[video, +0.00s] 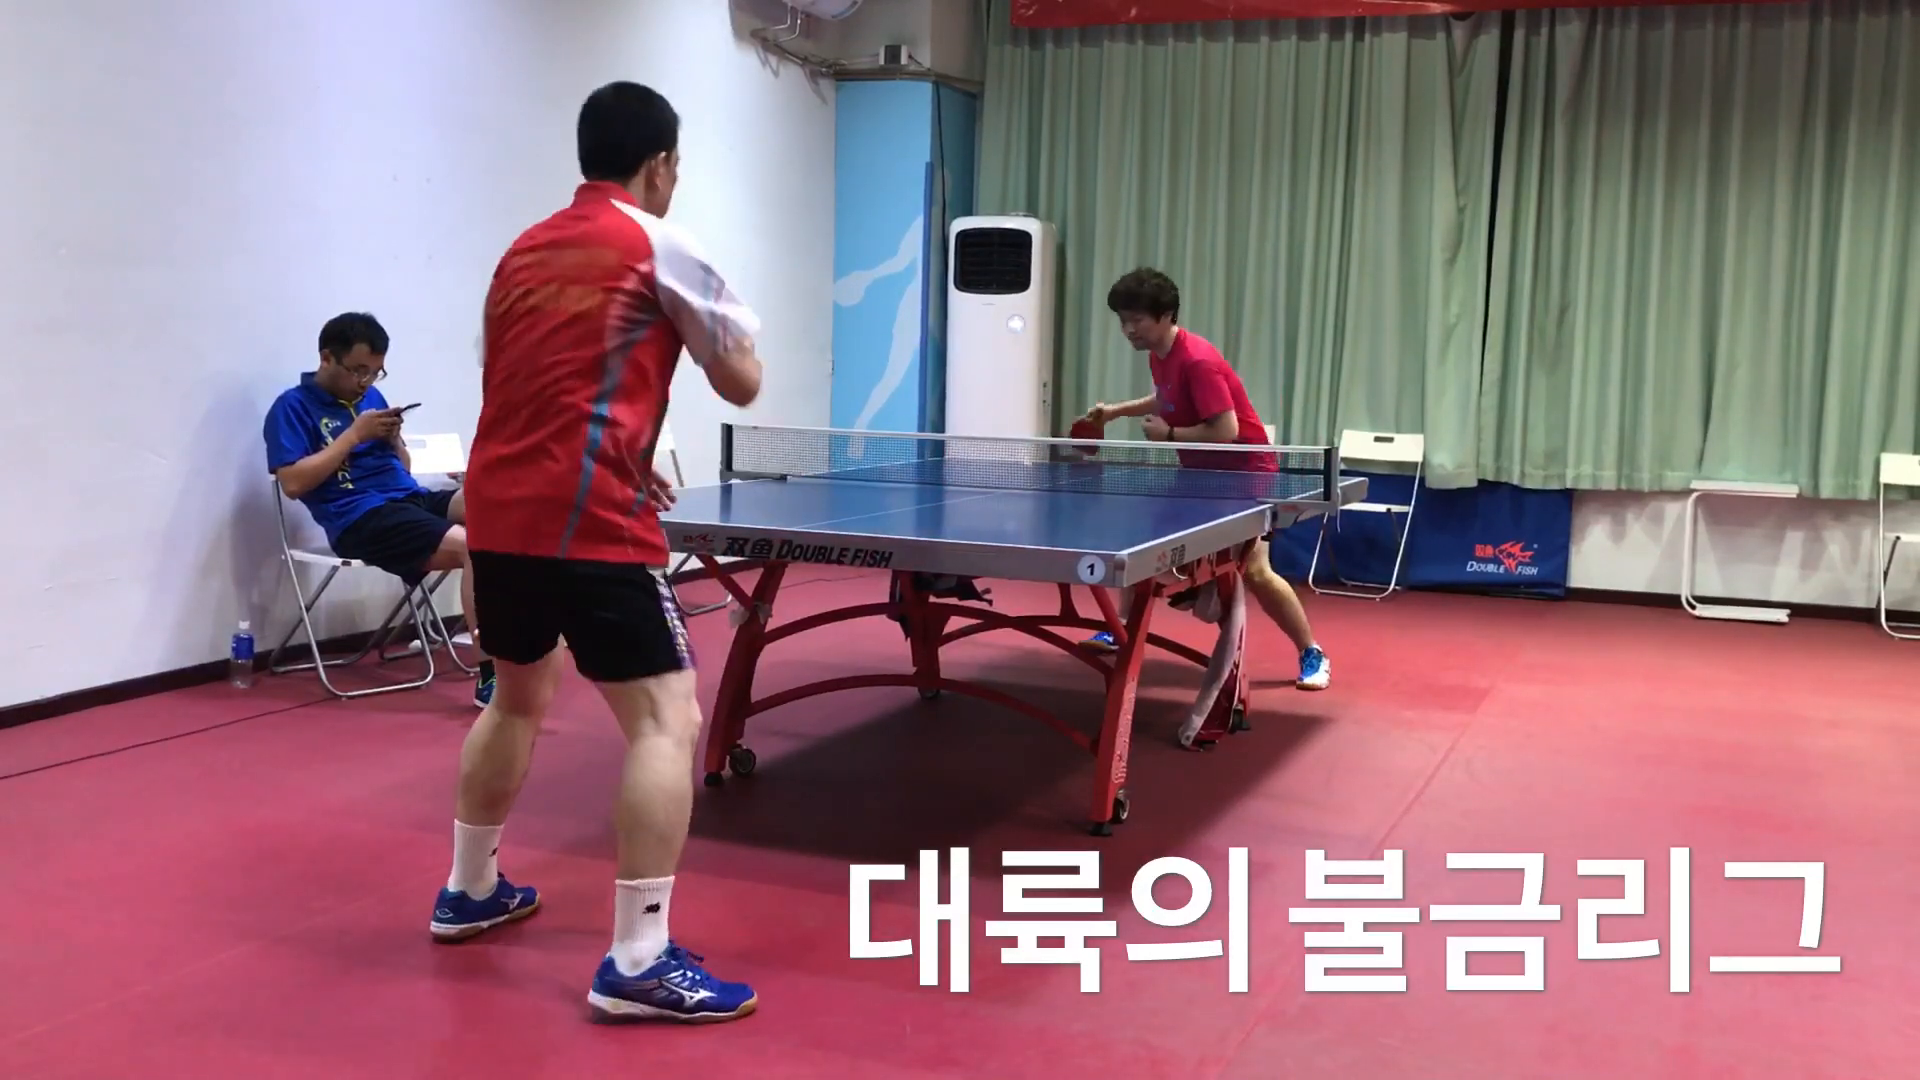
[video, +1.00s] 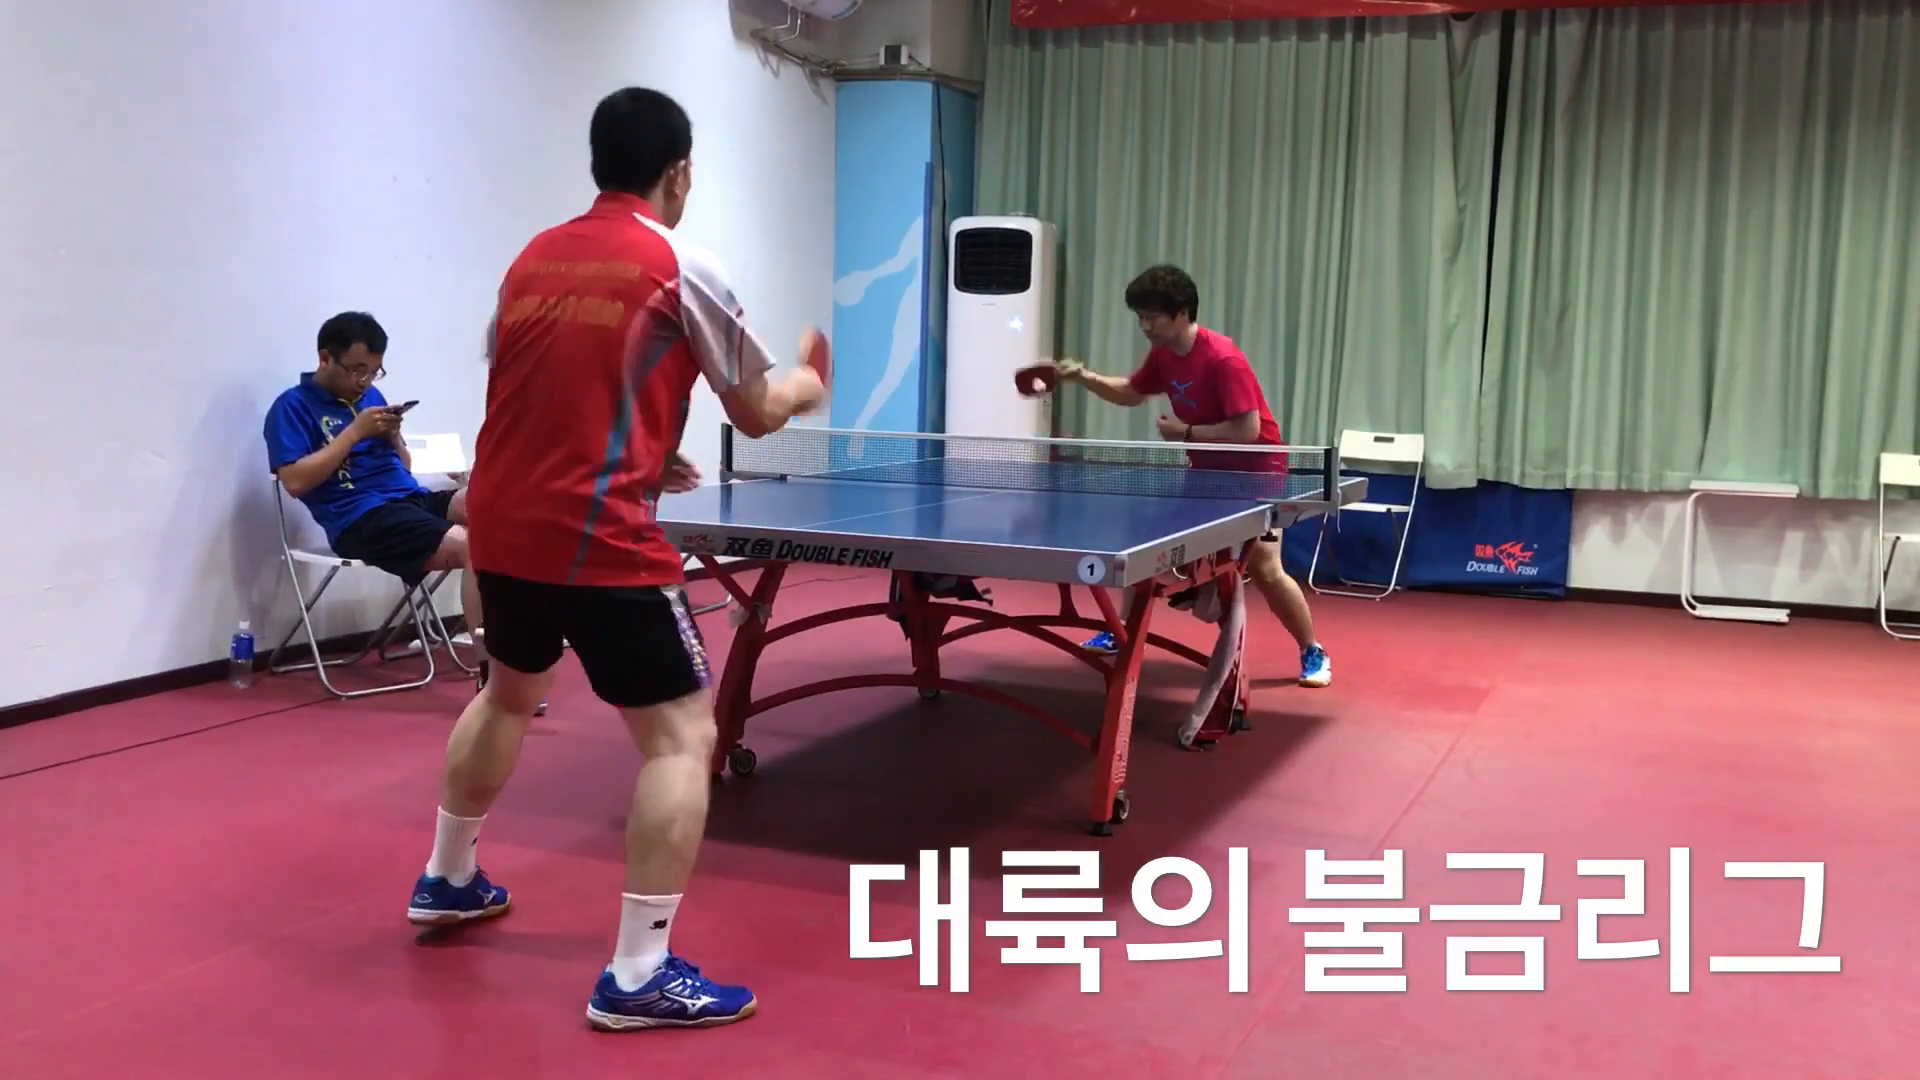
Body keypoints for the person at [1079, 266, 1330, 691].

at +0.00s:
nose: (1128, 330)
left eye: (1136, 321)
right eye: (1123, 321)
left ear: (1166, 316)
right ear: (1120, 321)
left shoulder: (1196, 361)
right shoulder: (1158, 356)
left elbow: (1226, 430)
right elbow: (1169, 402)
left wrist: (1171, 434)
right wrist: (1115, 410)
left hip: (1247, 473)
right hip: (1199, 472)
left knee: (1256, 572)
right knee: (1139, 539)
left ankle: (1311, 652)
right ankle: (1128, 631)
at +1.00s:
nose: (1144, 326)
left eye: (1151, 318)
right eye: (1141, 318)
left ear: (1180, 314)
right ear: (1141, 317)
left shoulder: (1222, 359)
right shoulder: (1163, 355)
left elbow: (1247, 429)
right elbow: (1130, 392)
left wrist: (1187, 431)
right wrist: (1082, 376)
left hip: (1256, 473)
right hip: (1206, 472)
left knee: (1266, 570)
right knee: (1153, 544)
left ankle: (1312, 650)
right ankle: (1126, 632)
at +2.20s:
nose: (1180, 310)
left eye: (1190, 300)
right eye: (1173, 301)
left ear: (1215, 300)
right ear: (1167, 304)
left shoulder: (1256, 349)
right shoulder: (1165, 351)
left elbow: (1283, 415)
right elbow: (1131, 419)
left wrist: (1225, 425)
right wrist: (1132, 392)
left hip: (1256, 477)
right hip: (1195, 477)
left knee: (1279, 558)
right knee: (1138, 545)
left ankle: (1317, 650)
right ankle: (1123, 636)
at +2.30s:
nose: (1165, 303)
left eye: (1175, 294)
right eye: (1159, 295)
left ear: (1201, 294)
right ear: (1154, 297)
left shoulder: (1240, 344)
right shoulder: (1155, 346)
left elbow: (1268, 409)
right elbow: (1131, 408)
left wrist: (1207, 420)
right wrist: (1110, 397)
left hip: (1247, 475)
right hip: (1188, 473)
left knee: (1273, 559)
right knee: (1136, 543)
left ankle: (1315, 649)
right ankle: (1123, 634)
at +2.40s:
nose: (1150, 301)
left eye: (1159, 291)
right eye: (1144, 292)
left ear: (1186, 292)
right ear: (1139, 293)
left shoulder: (1220, 340)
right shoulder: (1152, 341)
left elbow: (1251, 408)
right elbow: (1141, 398)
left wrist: (1188, 414)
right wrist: (1093, 410)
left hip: (1244, 468)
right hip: (1190, 467)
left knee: (1267, 559)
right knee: (1147, 541)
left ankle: (1313, 649)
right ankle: (1124, 632)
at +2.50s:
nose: (1139, 317)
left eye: (1146, 307)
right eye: (1134, 308)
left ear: (1175, 303)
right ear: (1134, 308)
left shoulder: (1208, 351)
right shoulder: (1160, 349)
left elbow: (1235, 420)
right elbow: (1167, 396)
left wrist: (1177, 425)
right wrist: (1110, 415)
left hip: (1246, 471)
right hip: (1198, 469)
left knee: (1259, 565)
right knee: (1147, 542)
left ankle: (1314, 649)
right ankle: (1126, 632)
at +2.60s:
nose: (1137, 329)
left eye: (1145, 319)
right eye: (1133, 320)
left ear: (1173, 315)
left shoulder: (1205, 361)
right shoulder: (1168, 354)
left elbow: (1233, 430)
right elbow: (1178, 402)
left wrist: (1177, 433)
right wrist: (1122, 409)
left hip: (1249, 476)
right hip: (1205, 474)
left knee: (1260, 572)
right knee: (1145, 539)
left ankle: (1315, 651)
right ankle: (1125, 633)